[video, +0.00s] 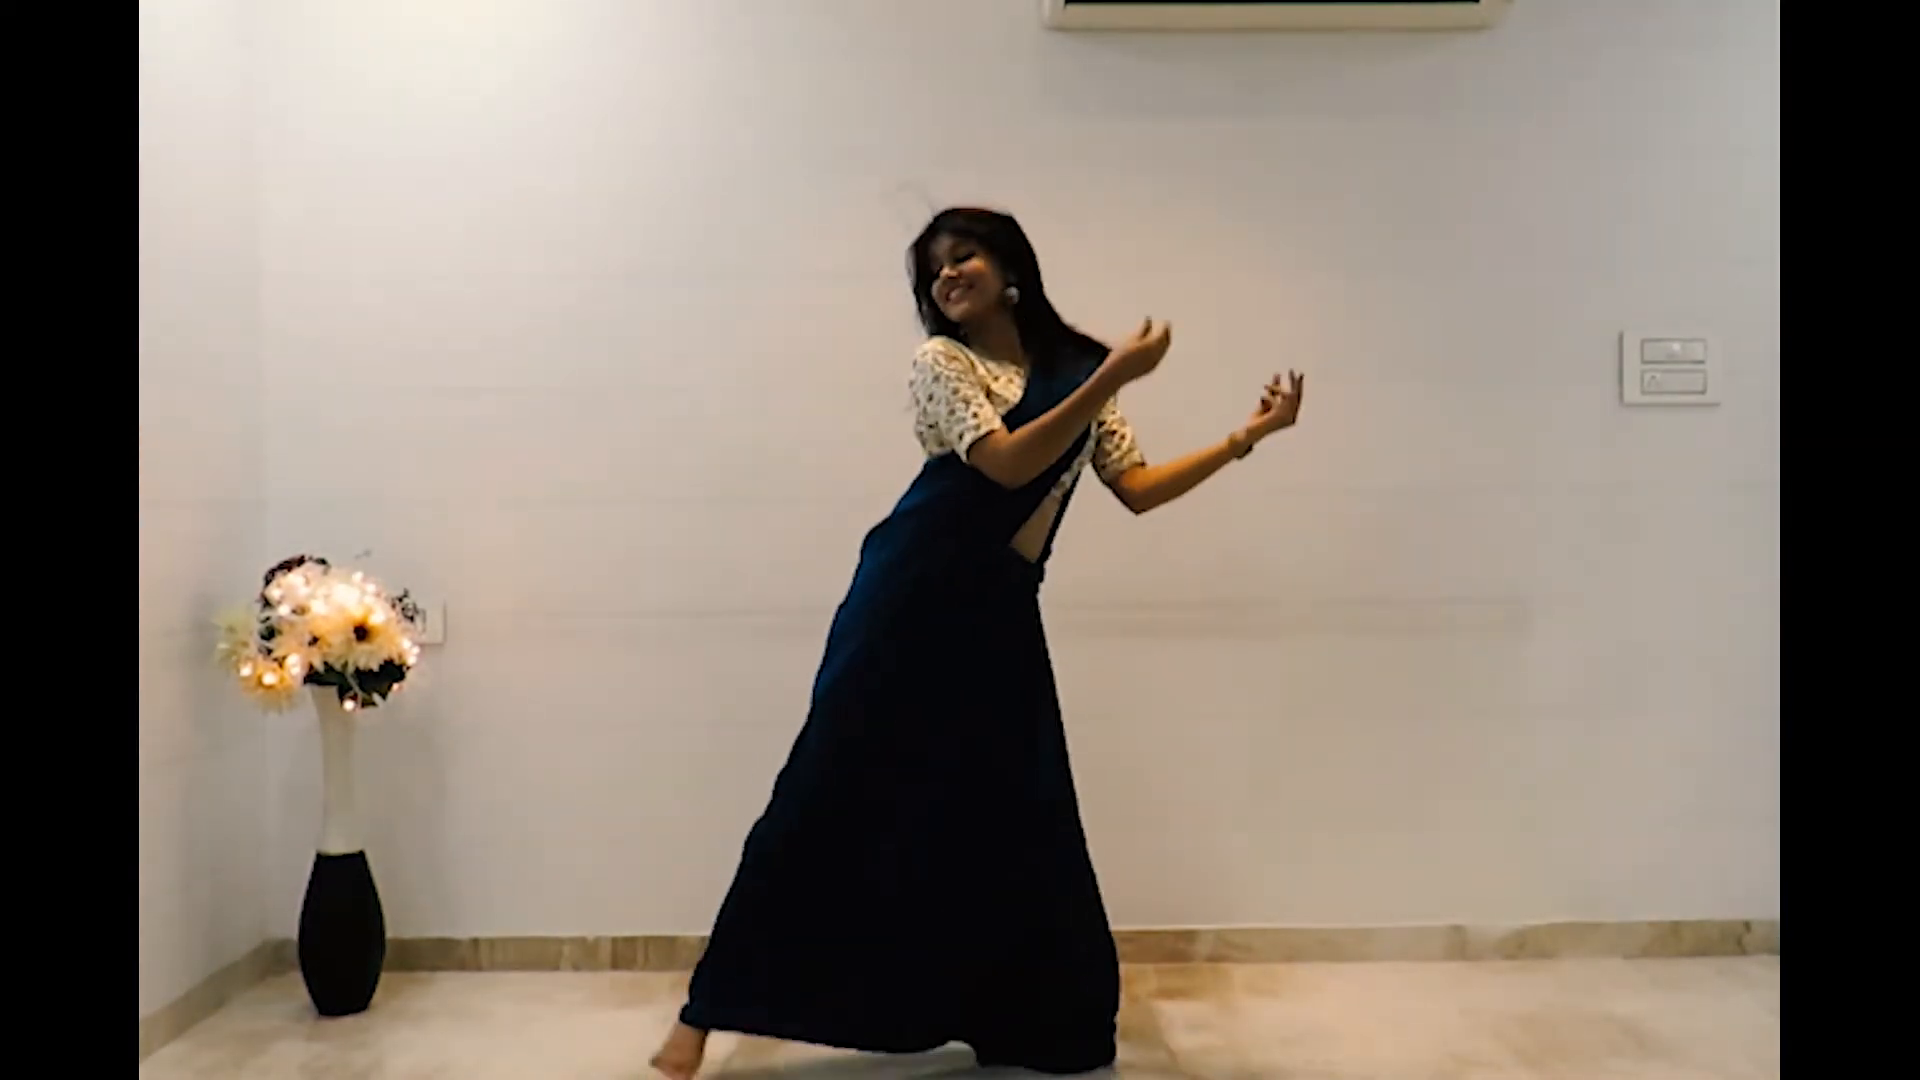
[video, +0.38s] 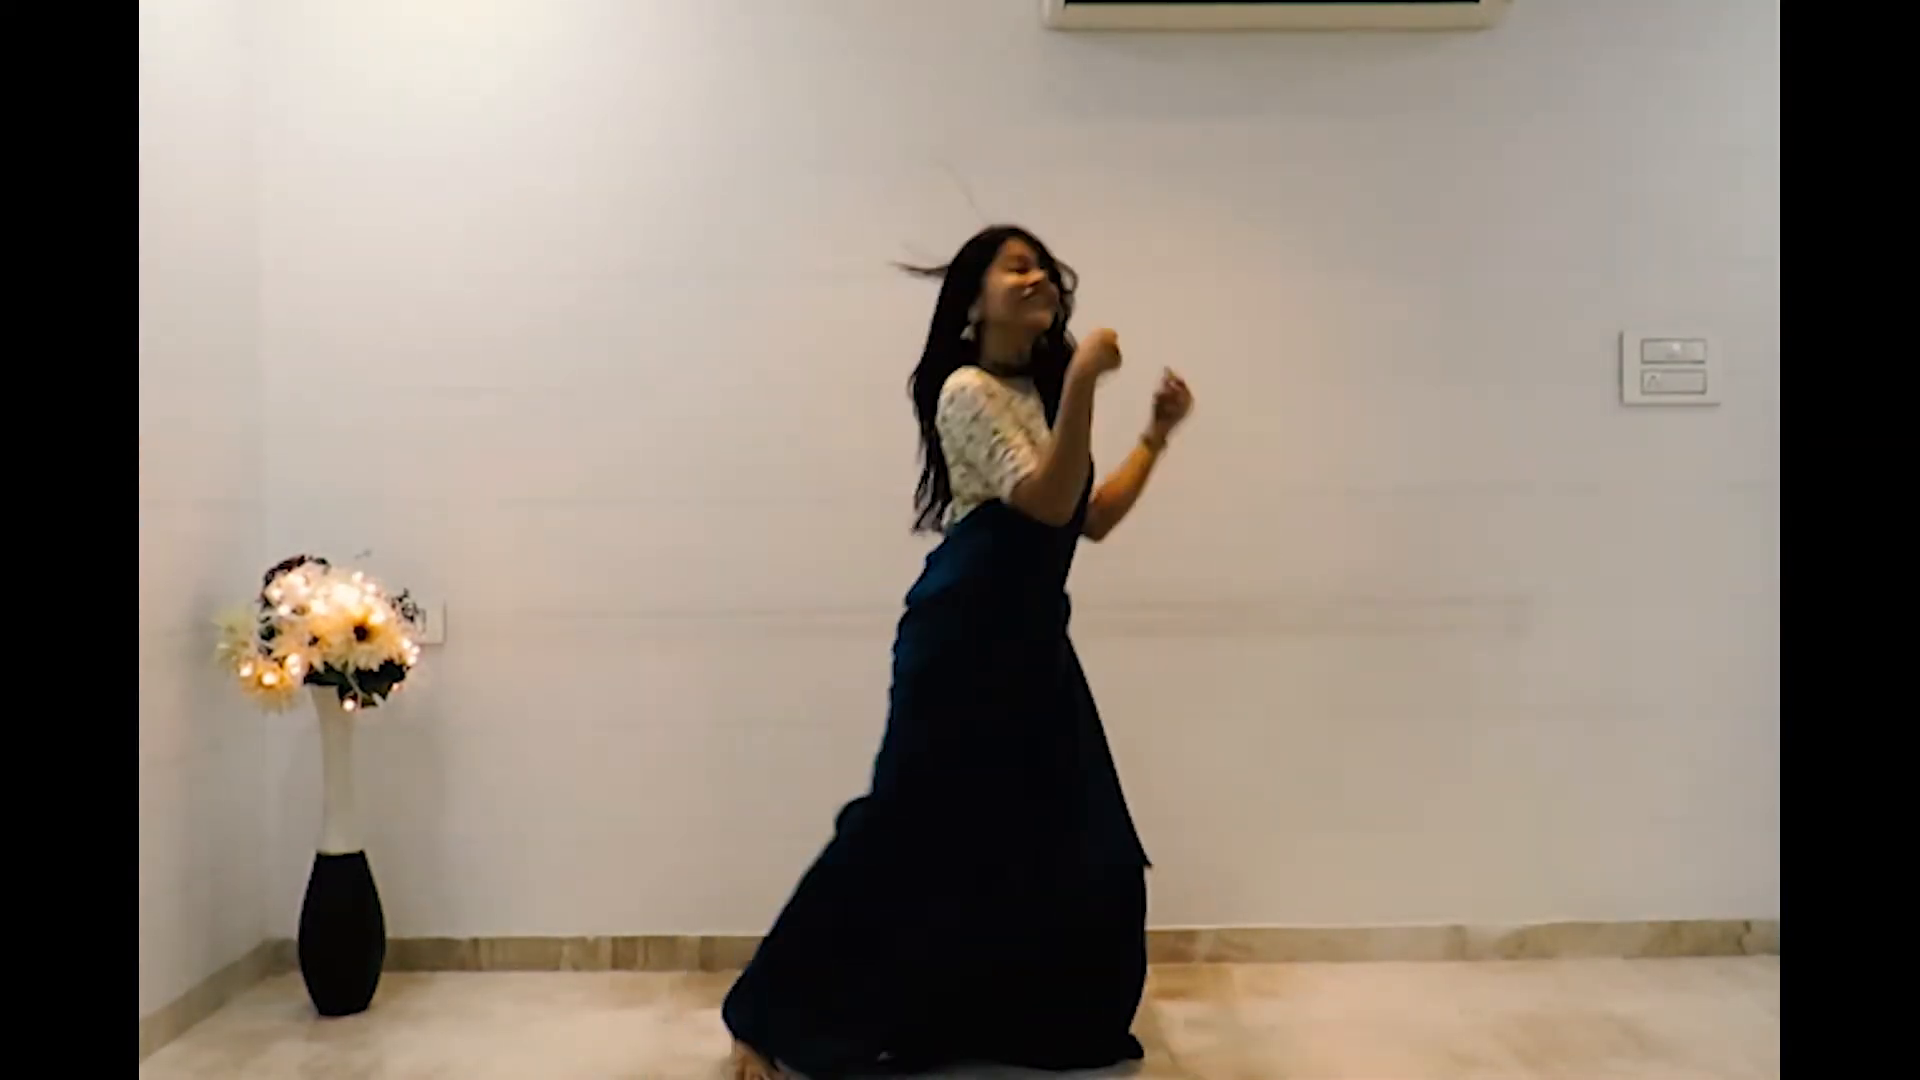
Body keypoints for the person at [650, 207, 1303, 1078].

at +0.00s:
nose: (948, 273)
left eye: (964, 256)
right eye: (935, 269)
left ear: (1012, 268)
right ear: (932, 294)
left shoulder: (1080, 372)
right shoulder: (940, 363)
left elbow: (1138, 488)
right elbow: (1006, 460)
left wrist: (1242, 438)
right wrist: (1112, 374)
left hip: (999, 613)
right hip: (905, 599)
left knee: (1021, 809)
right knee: (819, 797)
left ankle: (1021, 1026)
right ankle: (698, 1014)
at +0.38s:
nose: (1038, 278)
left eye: (1047, 270)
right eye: (1015, 266)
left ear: (1056, 304)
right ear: (972, 299)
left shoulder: (1047, 399)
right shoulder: (966, 391)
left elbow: (1097, 517)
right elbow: (1047, 497)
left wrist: (1156, 435)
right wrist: (1079, 379)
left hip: (1033, 633)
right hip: (962, 630)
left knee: (1086, 831)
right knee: (912, 822)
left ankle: (1066, 1023)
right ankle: (767, 1014)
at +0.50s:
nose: (1080, 230)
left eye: (1069, 218)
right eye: (1061, 223)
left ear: (1031, 262)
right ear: (1029, 258)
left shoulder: (1055, 331)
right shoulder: (1034, 336)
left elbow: (1136, 379)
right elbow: (1148, 382)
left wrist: (1130, 315)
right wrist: (1127, 309)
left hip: (1053, 597)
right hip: (1015, 597)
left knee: (1072, 790)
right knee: (1029, 796)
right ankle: (894, 970)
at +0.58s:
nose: (1102, 229)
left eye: (1088, 218)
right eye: (1086, 226)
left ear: (1041, 276)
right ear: (1069, 257)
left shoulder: (1039, 346)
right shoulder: (1089, 341)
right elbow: (1194, 416)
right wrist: (1214, 339)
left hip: (1026, 612)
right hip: (1066, 623)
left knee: (1042, 801)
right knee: (1142, 803)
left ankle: (1014, 998)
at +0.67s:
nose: (1129, 261)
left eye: (1118, 250)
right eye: (1115, 256)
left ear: (1051, 305)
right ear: (1094, 290)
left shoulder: (1026, 390)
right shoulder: (1134, 384)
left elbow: (983, 484)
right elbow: (1231, 495)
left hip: (1040, 664)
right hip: (1115, 673)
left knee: (1048, 831)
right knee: (1207, 827)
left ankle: (1019, 1014)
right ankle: (1176, 1020)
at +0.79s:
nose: (1156, 293)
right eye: (1153, 278)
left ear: (1061, 291)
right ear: (1156, 285)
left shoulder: (1050, 386)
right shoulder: (1198, 380)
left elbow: (971, 479)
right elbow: (1295, 484)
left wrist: (1035, 404)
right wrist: (1385, 416)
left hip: (1075, 639)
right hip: (1176, 641)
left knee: (1087, 820)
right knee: (1226, 826)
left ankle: (1024, 1013)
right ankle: (1234, 1032)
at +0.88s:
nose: (1175, 227)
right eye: (1170, 211)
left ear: (1071, 238)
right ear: (1172, 230)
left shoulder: (1038, 343)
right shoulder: (1216, 333)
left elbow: (969, 427)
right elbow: (1345, 421)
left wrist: (922, 399)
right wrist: (1477, 403)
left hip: (1084, 632)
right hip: (1199, 631)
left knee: (1067, 803)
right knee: (1222, 823)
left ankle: (1035, 1003)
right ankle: (1262, 1039)